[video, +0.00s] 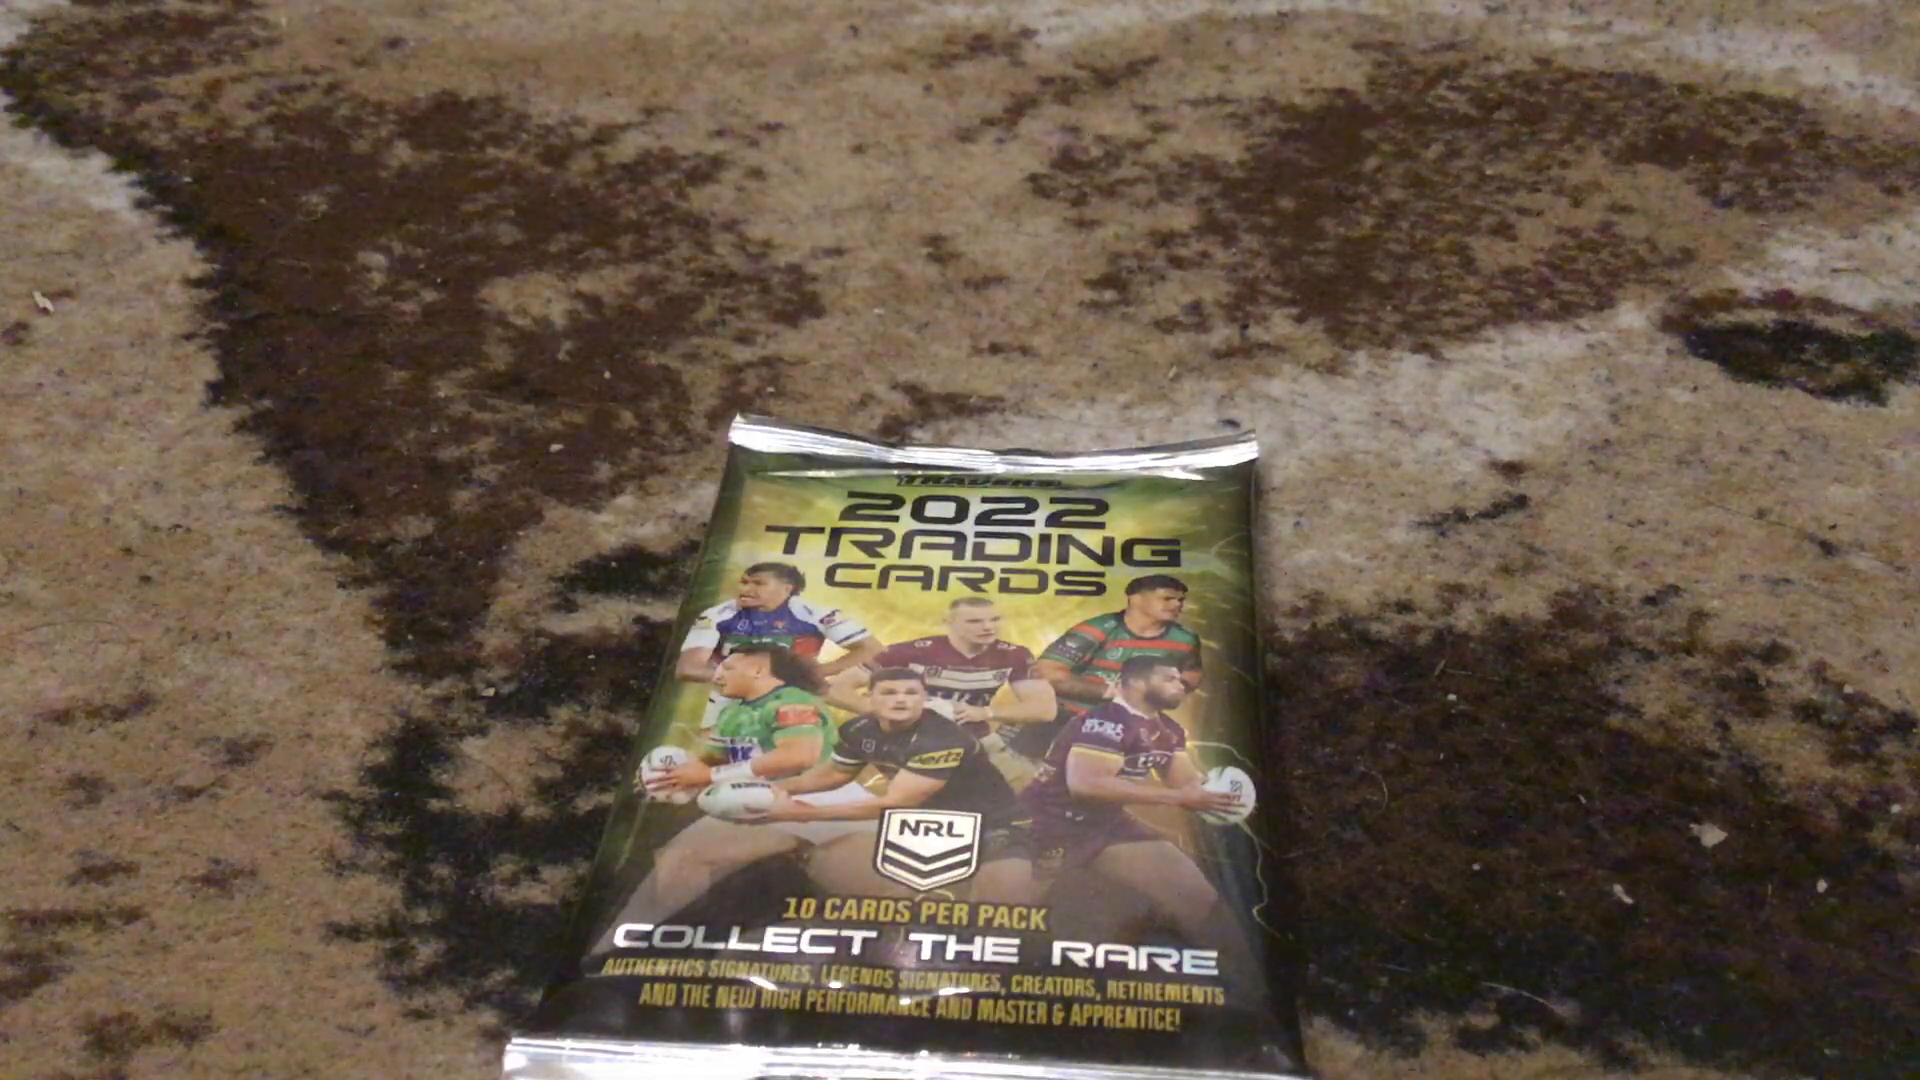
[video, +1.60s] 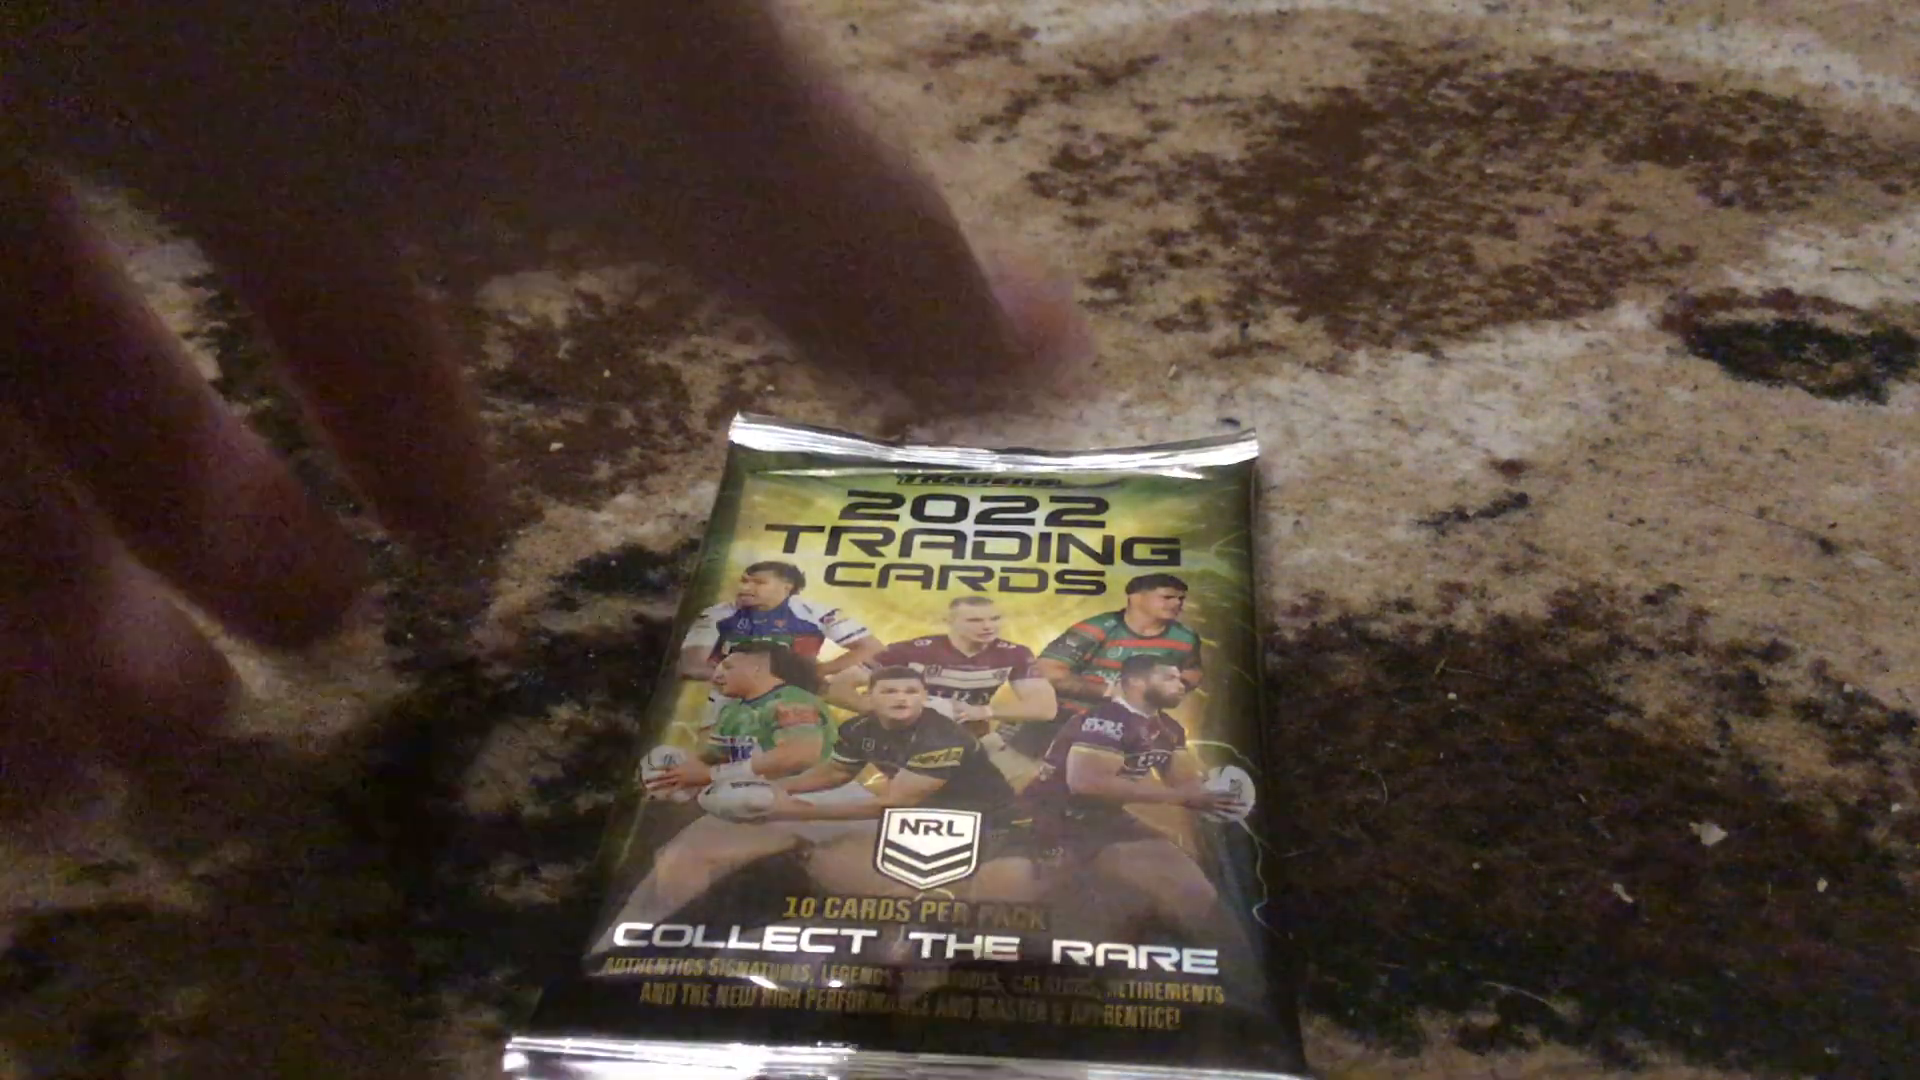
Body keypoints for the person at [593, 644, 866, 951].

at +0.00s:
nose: (719, 671)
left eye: (729, 662)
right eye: (722, 663)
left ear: (760, 665)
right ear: (756, 667)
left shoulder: (793, 702)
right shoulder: (733, 713)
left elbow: (801, 754)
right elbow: (712, 763)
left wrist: (711, 775)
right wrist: (668, 781)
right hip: (750, 817)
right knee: (673, 863)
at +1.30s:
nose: (720, 669)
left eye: (729, 662)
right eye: (722, 662)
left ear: (761, 665)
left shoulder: (793, 700)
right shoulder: (732, 714)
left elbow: (802, 754)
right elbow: (714, 763)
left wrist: (711, 775)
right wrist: (668, 779)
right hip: (752, 814)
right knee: (674, 863)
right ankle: (614, 950)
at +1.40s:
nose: (719, 669)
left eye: (729, 662)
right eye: (721, 662)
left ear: (761, 665)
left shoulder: (793, 701)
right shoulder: (733, 714)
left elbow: (801, 754)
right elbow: (713, 762)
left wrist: (711, 775)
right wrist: (667, 779)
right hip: (758, 814)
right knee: (678, 862)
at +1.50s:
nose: (719, 668)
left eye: (730, 660)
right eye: (722, 661)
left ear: (762, 662)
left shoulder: (793, 701)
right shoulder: (731, 712)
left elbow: (802, 754)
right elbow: (716, 763)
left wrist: (712, 775)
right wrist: (675, 778)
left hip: (783, 818)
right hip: (737, 816)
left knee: (685, 860)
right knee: (669, 862)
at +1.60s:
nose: (719, 670)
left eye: (729, 661)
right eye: (721, 662)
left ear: (763, 661)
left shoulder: (793, 700)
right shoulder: (731, 712)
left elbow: (802, 754)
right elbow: (715, 763)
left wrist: (712, 775)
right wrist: (676, 781)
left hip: (782, 814)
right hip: (736, 814)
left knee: (682, 861)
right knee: (670, 861)